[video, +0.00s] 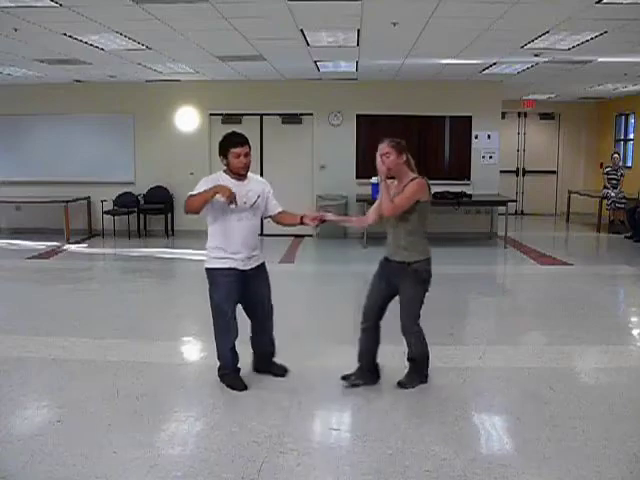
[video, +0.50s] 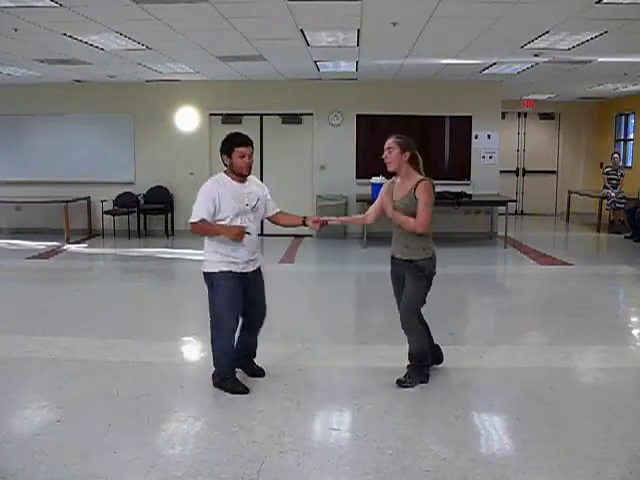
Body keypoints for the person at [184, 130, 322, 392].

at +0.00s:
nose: (245, 160)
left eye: (247, 154)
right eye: (238, 156)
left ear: (251, 155)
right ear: (225, 158)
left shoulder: (260, 185)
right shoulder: (212, 183)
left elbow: (277, 215)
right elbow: (190, 207)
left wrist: (302, 219)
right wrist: (213, 192)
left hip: (253, 263)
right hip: (221, 264)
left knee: (263, 313)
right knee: (225, 319)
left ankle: (264, 361)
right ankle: (228, 371)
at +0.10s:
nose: (244, 160)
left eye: (246, 155)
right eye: (237, 156)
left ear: (250, 155)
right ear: (224, 158)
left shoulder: (260, 185)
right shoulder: (211, 183)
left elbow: (281, 214)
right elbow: (186, 212)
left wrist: (310, 215)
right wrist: (210, 193)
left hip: (250, 263)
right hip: (219, 263)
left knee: (253, 314)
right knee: (224, 316)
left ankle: (246, 359)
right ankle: (227, 369)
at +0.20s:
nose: (245, 160)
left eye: (248, 155)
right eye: (238, 156)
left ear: (251, 155)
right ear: (225, 158)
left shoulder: (260, 185)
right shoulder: (210, 184)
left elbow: (282, 213)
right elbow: (186, 217)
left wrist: (312, 216)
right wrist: (206, 199)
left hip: (248, 263)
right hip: (218, 263)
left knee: (244, 317)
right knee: (227, 318)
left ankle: (243, 361)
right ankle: (227, 370)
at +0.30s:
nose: (246, 160)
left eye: (249, 155)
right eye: (239, 156)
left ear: (252, 156)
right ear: (226, 158)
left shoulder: (260, 187)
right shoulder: (211, 185)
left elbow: (282, 215)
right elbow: (187, 218)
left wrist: (312, 219)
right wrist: (206, 209)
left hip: (248, 264)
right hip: (219, 264)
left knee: (243, 317)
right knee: (230, 317)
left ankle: (242, 361)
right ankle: (224, 369)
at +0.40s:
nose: (246, 161)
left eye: (249, 156)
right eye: (240, 156)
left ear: (252, 158)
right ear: (225, 158)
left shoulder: (259, 188)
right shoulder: (210, 187)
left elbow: (281, 217)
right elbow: (190, 222)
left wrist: (311, 221)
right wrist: (211, 222)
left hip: (250, 266)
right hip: (221, 267)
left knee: (245, 318)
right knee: (228, 320)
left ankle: (243, 361)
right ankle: (224, 375)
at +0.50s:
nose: (248, 160)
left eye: (250, 155)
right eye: (242, 156)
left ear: (252, 157)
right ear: (226, 158)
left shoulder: (257, 187)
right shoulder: (212, 187)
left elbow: (275, 216)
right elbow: (197, 225)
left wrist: (306, 220)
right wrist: (225, 231)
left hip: (250, 266)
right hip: (221, 268)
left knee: (256, 314)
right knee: (225, 321)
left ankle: (244, 358)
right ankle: (223, 375)